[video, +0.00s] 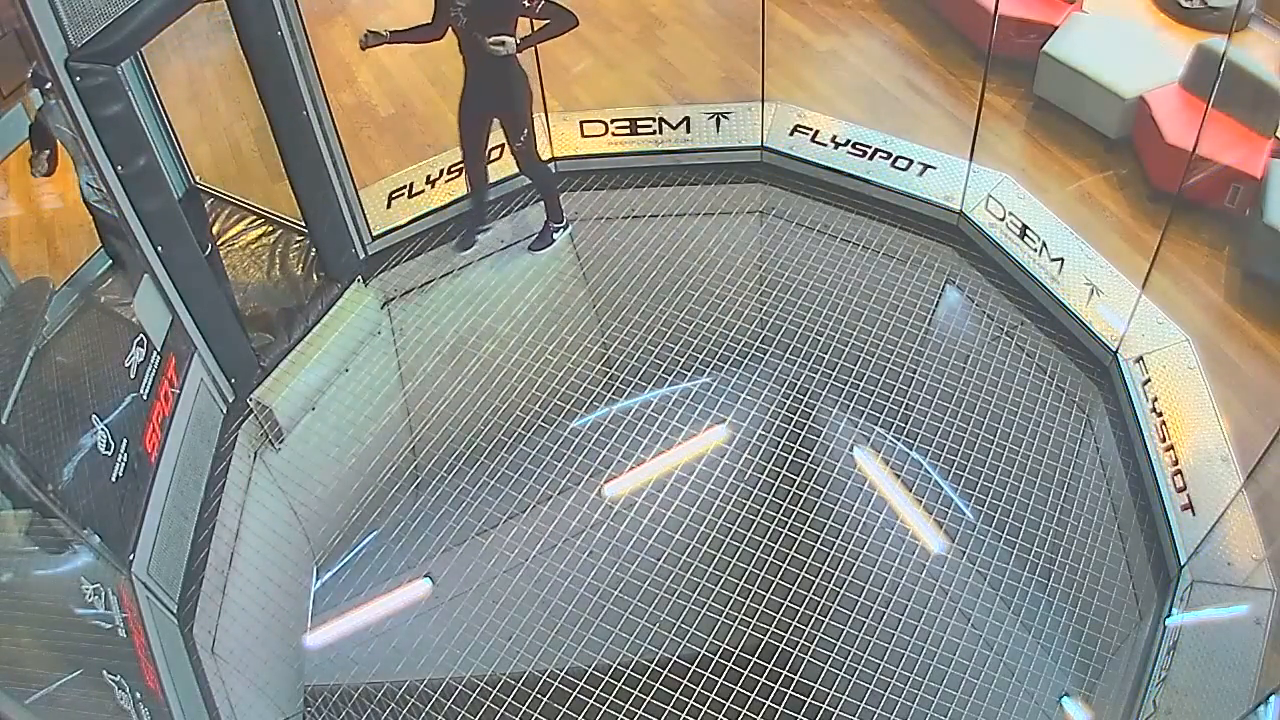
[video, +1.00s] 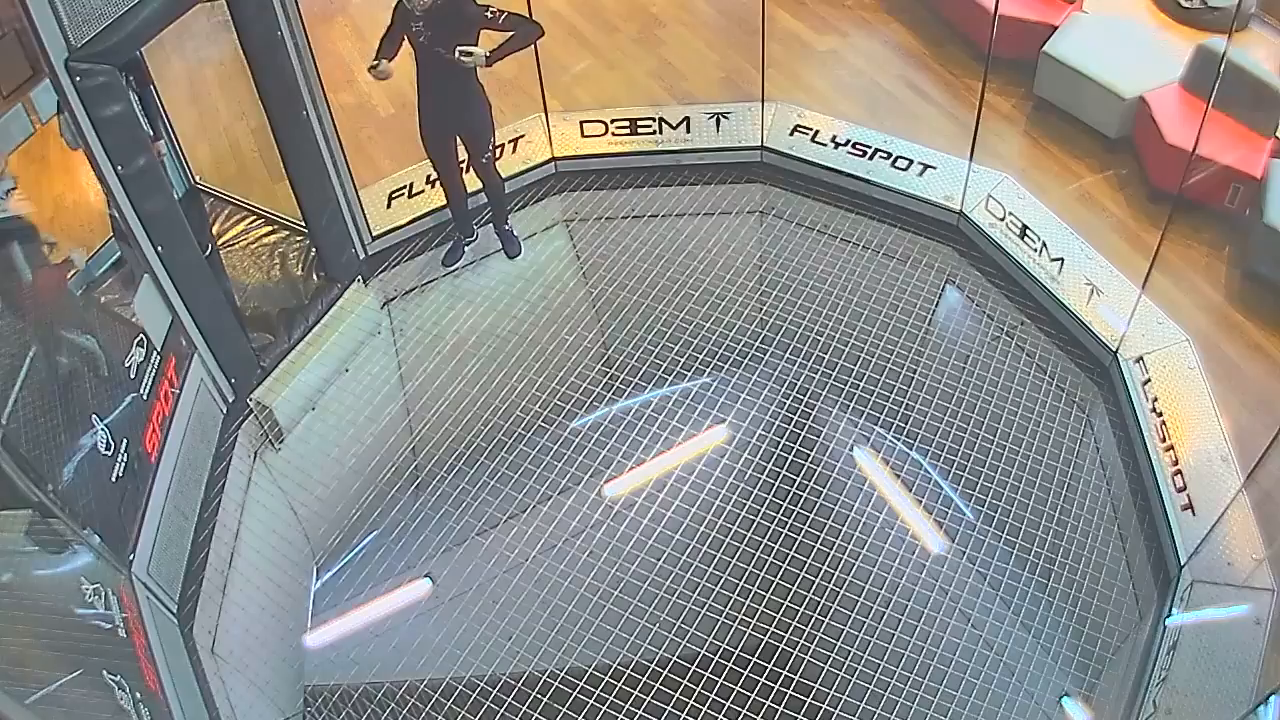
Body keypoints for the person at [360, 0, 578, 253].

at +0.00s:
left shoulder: (512, 4)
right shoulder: (448, 4)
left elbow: (567, 19)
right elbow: (436, 31)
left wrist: (520, 45)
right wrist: (385, 37)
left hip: (509, 82)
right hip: (474, 86)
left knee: (527, 160)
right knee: (473, 159)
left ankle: (557, 219)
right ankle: (479, 220)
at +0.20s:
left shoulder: (498, 7)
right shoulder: (436, 5)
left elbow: (559, 26)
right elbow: (433, 34)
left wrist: (513, 54)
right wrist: (384, 41)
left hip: (494, 93)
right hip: (458, 96)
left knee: (519, 164)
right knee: (457, 167)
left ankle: (557, 221)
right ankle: (466, 231)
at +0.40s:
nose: (431, 18)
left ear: (453, 6)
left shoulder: (478, 11)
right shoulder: (420, 7)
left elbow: (543, 40)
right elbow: (419, 34)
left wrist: (492, 57)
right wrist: (373, 46)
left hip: (478, 99)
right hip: (442, 104)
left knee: (507, 165)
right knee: (449, 174)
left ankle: (549, 216)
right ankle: (466, 231)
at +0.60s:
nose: (423, 12)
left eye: (429, 8)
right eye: (419, 8)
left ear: (443, 2)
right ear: (416, 2)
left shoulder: (467, 12)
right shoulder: (407, 6)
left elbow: (532, 37)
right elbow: (404, 39)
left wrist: (486, 63)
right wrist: (361, 52)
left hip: (469, 100)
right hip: (432, 106)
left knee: (496, 166)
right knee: (447, 176)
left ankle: (530, 215)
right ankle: (466, 232)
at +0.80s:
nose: (424, 5)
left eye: (429, 2)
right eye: (418, 2)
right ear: (411, 1)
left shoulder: (462, 10)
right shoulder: (402, 10)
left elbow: (527, 34)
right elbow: (396, 41)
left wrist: (481, 58)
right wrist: (357, 63)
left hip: (468, 101)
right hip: (430, 109)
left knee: (485, 170)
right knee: (447, 178)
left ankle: (504, 225)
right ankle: (466, 233)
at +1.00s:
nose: (417, 3)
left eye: (421, 1)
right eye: (413, 1)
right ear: (409, 1)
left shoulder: (465, 10)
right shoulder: (404, 9)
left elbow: (532, 29)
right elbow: (393, 36)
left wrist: (490, 58)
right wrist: (381, 61)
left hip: (469, 102)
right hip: (431, 107)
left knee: (485, 168)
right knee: (447, 176)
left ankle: (503, 225)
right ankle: (466, 233)